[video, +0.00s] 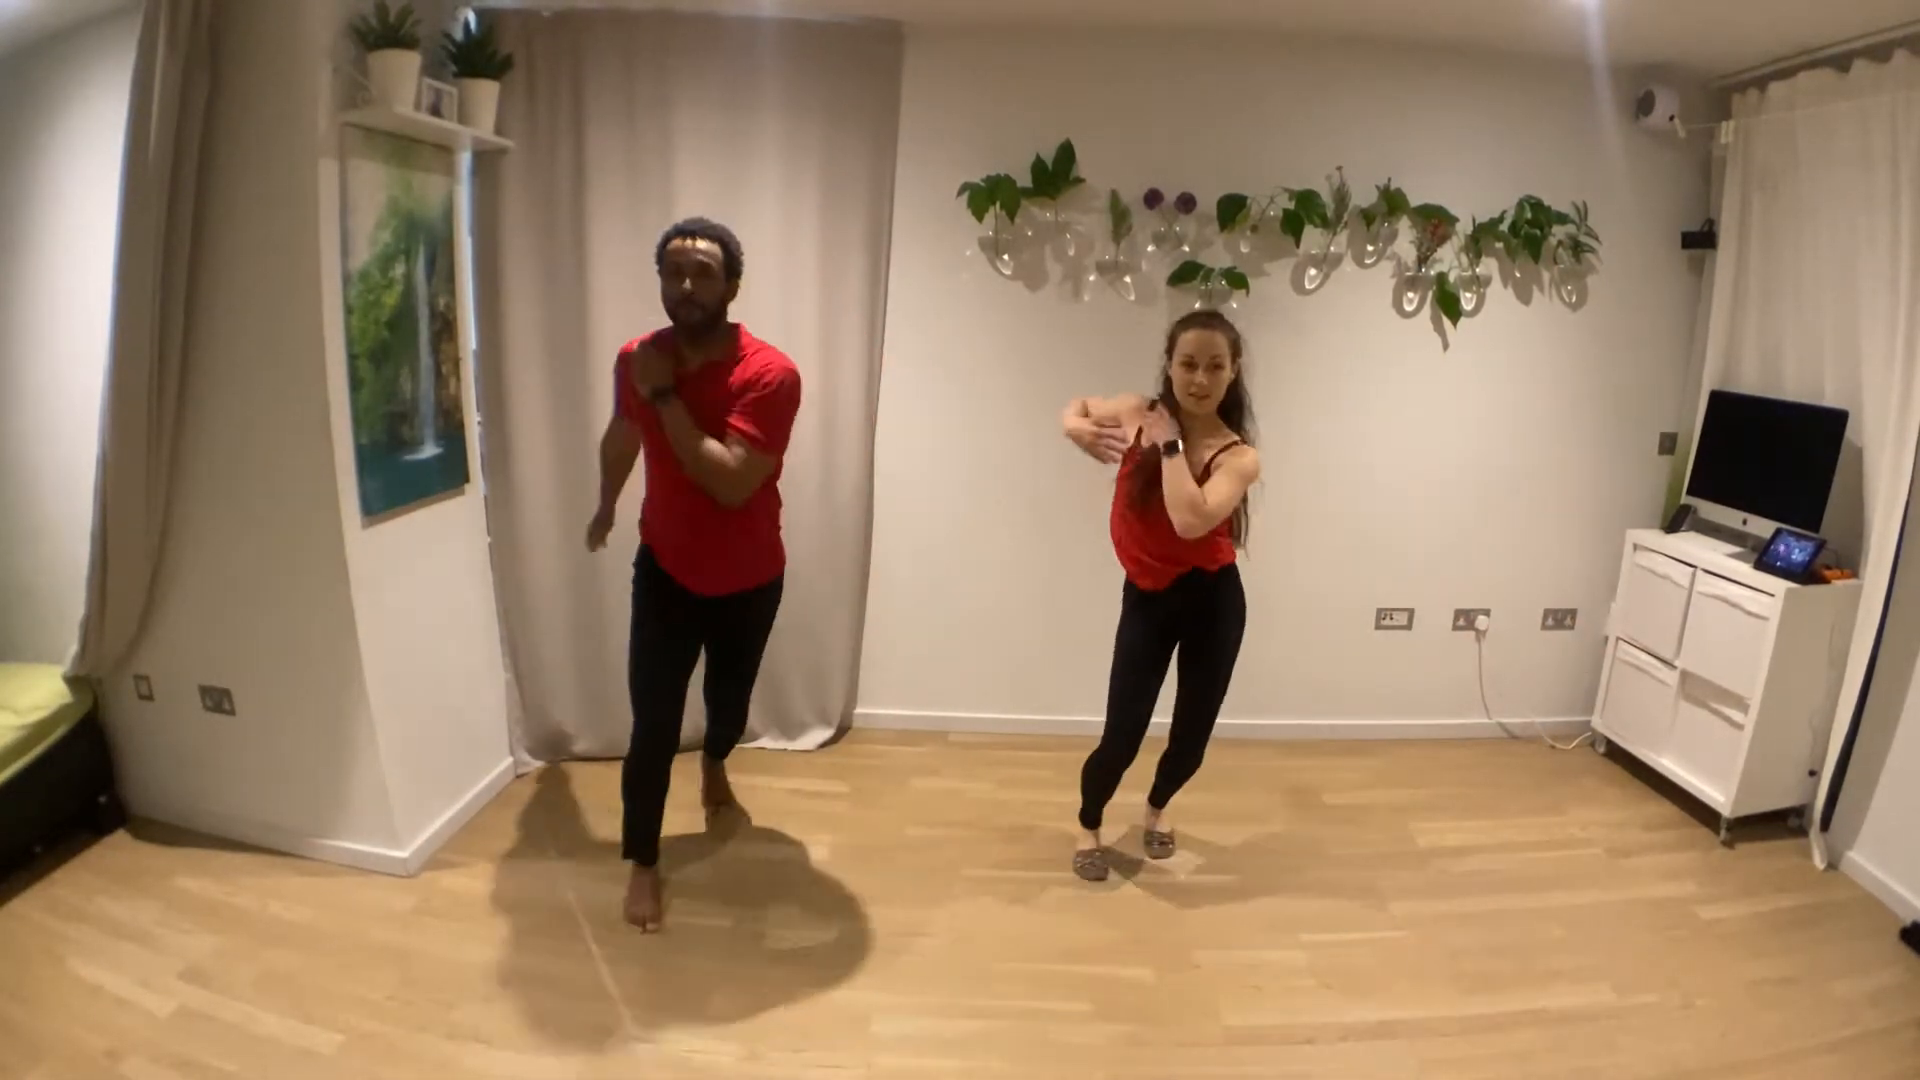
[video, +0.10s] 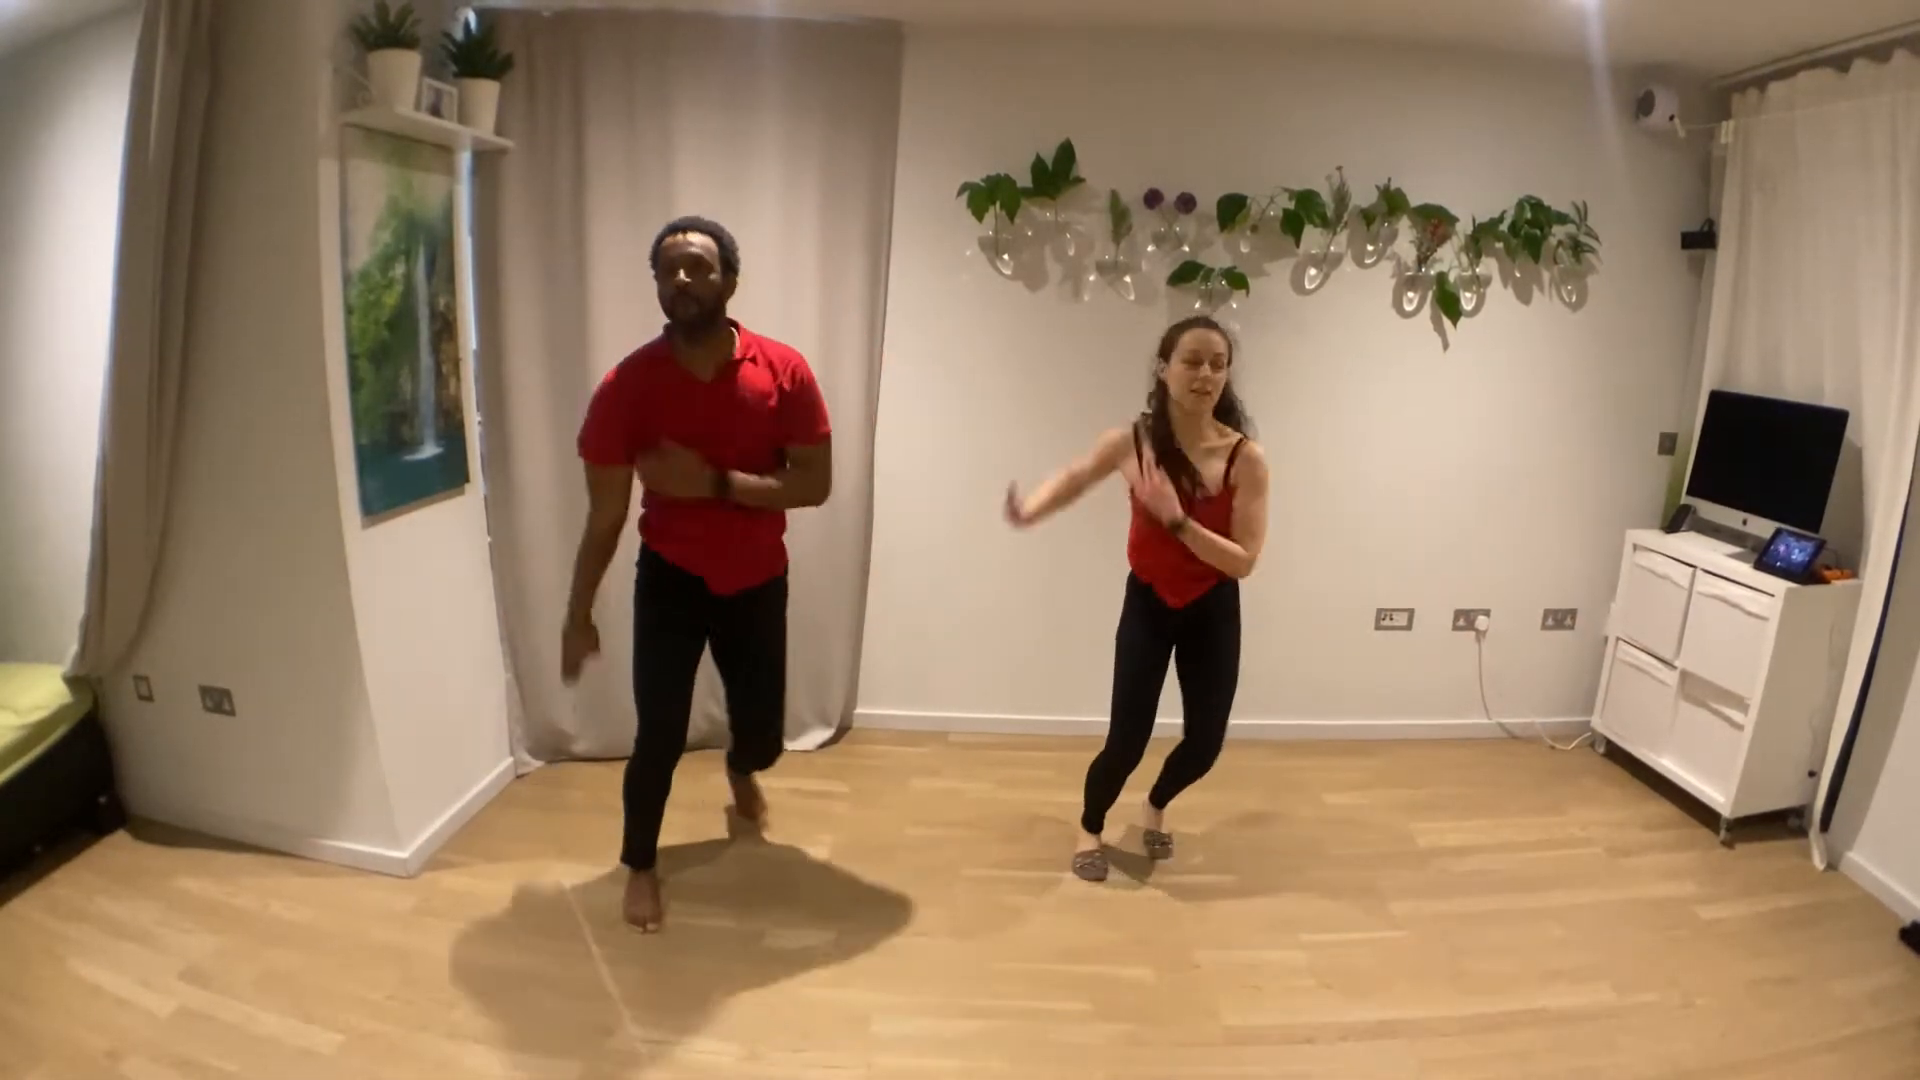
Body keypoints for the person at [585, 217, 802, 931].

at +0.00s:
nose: (686, 287)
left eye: (703, 274)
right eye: (674, 274)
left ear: (733, 286)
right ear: (660, 284)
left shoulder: (769, 374)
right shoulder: (640, 361)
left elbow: (734, 482)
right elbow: (622, 438)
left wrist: (665, 396)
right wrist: (607, 508)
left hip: (748, 577)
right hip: (668, 569)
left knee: (729, 701)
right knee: (656, 727)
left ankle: (714, 767)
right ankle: (642, 866)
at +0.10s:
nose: (682, 278)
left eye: (698, 267)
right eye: (668, 268)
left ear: (730, 283)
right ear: (654, 286)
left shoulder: (782, 372)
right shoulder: (628, 387)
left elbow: (814, 485)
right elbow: (607, 512)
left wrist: (712, 479)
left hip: (757, 579)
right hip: (671, 576)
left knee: (762, 742)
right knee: (661, 736)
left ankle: (739, 774)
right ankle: (640, 869)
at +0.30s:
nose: (709, 267)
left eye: (725, 257)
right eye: (694, 259)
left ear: (755, 278)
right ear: (674, 283)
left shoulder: (788, 363)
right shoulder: (658, 366)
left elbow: (824, 451)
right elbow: (722, 327)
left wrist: (845, 529)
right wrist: (818, 270)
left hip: (808, 582)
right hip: (722, 589)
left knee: (875, 733)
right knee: (696, 759)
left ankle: (941, 862)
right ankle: (642, 866)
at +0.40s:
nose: (774, 250)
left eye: (782, 243)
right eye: (756, 243)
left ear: (796, 269)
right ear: (731, 270)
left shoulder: (822, 360)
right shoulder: (707, 349)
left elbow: (849, 459)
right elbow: (750, 223)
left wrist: (879, 525)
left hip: (854, 581)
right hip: (769, 591)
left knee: (913, 732)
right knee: (727, 760)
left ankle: (958, 871)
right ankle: (643, 862)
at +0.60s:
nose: (839, 247)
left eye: (857, 237)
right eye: (824, 241)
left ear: (888, 264)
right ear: (811, 268)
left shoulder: (934, 353)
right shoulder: (799, 344)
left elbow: (967, 450)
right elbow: (771, 201)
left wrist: (993, 543)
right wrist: (782, 79)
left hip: (940, 586)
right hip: (853, 585)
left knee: (972, 746)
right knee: (782, 732)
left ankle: (962, 875)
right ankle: (678, 851)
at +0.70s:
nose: (885, 248)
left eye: (901, 237)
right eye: (871, 240)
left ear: (932, 259)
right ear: (855, 264)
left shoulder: (984, 353)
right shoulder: (838, 340)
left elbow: (1030, 449)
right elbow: (791, 211)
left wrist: (1042, 551)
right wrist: (777, 88)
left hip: (975, 583)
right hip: (885, 582)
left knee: (984, 749)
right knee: (839, 746)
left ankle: (962, 874)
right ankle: (754, 838)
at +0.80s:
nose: (921, 252)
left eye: (938, 239)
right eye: (907, 245)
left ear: (971, 258)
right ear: (894, 267)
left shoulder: (1023, 353)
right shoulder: (873, 338)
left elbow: (1077, 453)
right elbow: (809, 220)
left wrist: (1081, 560)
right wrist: (779, 105)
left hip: (1006, 581)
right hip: (916, 578)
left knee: (999, 748)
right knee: (900, 744)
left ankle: (965, 866)